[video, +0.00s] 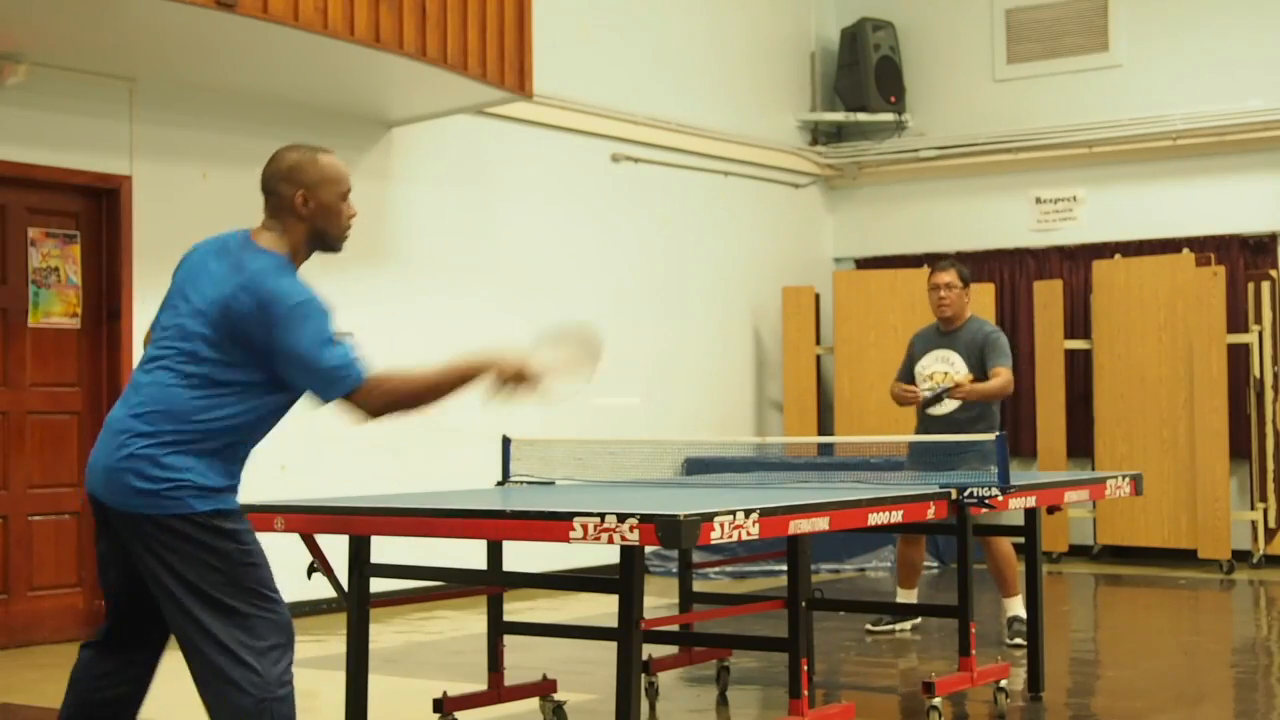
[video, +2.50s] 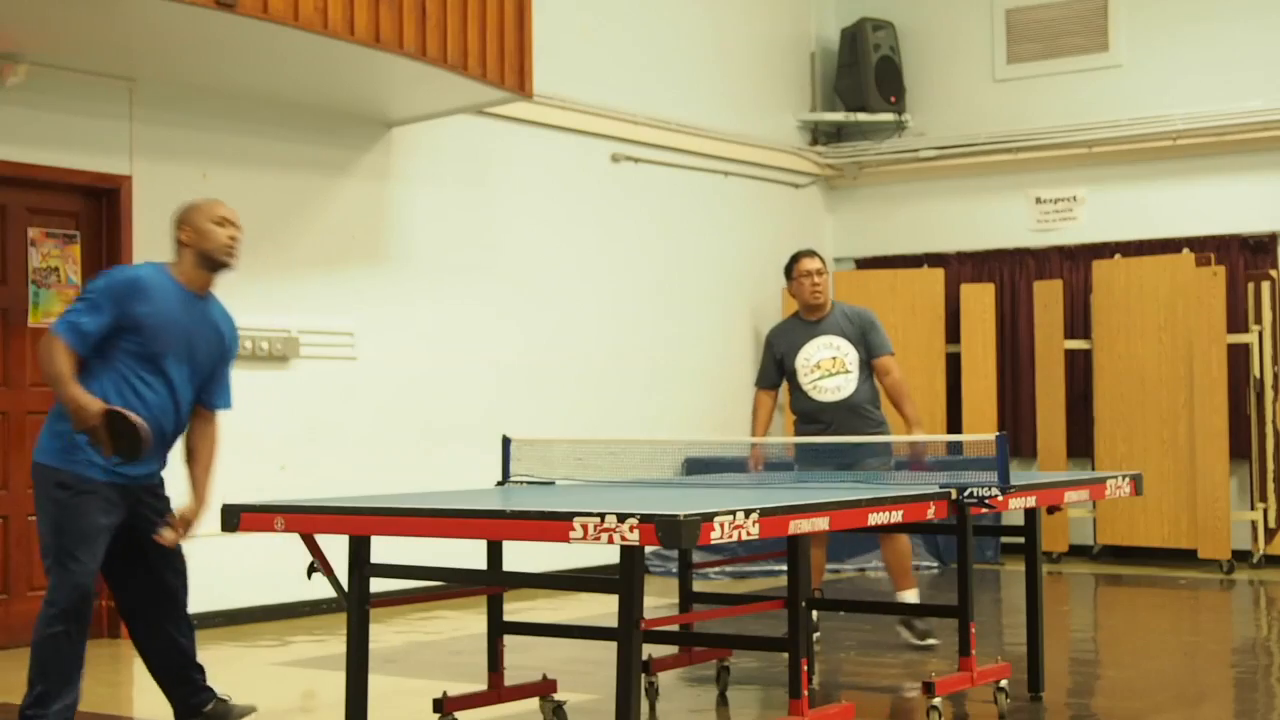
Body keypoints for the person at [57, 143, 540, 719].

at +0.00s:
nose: (353, 210)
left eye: (351, 196)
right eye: (345, 197)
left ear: (290, 200)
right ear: (301, 202)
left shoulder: (206, 254)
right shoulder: (279, 295)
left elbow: (154, 355)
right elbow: (373, 396)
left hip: (118, 474)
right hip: (178, 489)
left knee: (128, 638)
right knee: (258, 647)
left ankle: (83, 717)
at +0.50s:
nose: (345, 227)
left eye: (344, 216)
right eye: (343, 216)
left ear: (273, 218)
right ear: (324, 217)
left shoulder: (194, 273)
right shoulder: (328, 300)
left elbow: (130, 367)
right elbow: (362, 425)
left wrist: (204, 393)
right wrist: (439, 399)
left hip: (127, 484)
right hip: (221, 496)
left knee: (137, 625)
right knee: (316, 637)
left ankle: (105, 715)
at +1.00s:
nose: (216, 185)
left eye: (214, 175)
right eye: (213, 175)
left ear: (146, 186)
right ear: (198, 180)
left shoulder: (89, 252)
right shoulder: (222, 255)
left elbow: (42, 352)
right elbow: (225, 363)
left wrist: (101, 367)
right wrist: (281, 389)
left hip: (84, 468)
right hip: (172, 470)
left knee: (91, 630)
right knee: (208, 623)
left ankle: (87, 716)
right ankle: (184, 716)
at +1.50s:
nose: (250, 227)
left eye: (249, 217)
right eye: (250, 216)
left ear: (196, 213)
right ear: (237, 212)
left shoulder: (146, 272)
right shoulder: (218, 269)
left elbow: (86, 350)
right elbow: (206, 366)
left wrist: (139, 393)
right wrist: (274, 388)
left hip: (106, 455)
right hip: (149, 463)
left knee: (140, 601)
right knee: (163, 609)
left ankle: (140, 706)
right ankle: (148, 712)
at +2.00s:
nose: (296, 318)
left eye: (297, 309)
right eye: (295, 307)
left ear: (269, 297)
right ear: (281, 297)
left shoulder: (246, 373)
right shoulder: (245, 304)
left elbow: (255, 448)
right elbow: (191, 341)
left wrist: (280, 507)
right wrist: (201, 431)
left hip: (156, 462)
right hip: (137, 449)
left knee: (186, 565)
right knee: (117, 584)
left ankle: (199, 704)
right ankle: (63, 708)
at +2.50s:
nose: (235, 234)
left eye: (237, 228)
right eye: (222, 223)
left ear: (236, 245)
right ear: (185, 232)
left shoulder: (220, 329)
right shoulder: (129, 284)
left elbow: (204, 416)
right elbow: (56, 342)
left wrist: (199, 498)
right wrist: (77, 397)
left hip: (142, 479)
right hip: (76, 469)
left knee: (161, 592)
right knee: (73, 593)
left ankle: (194, 702)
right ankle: (47, 711)